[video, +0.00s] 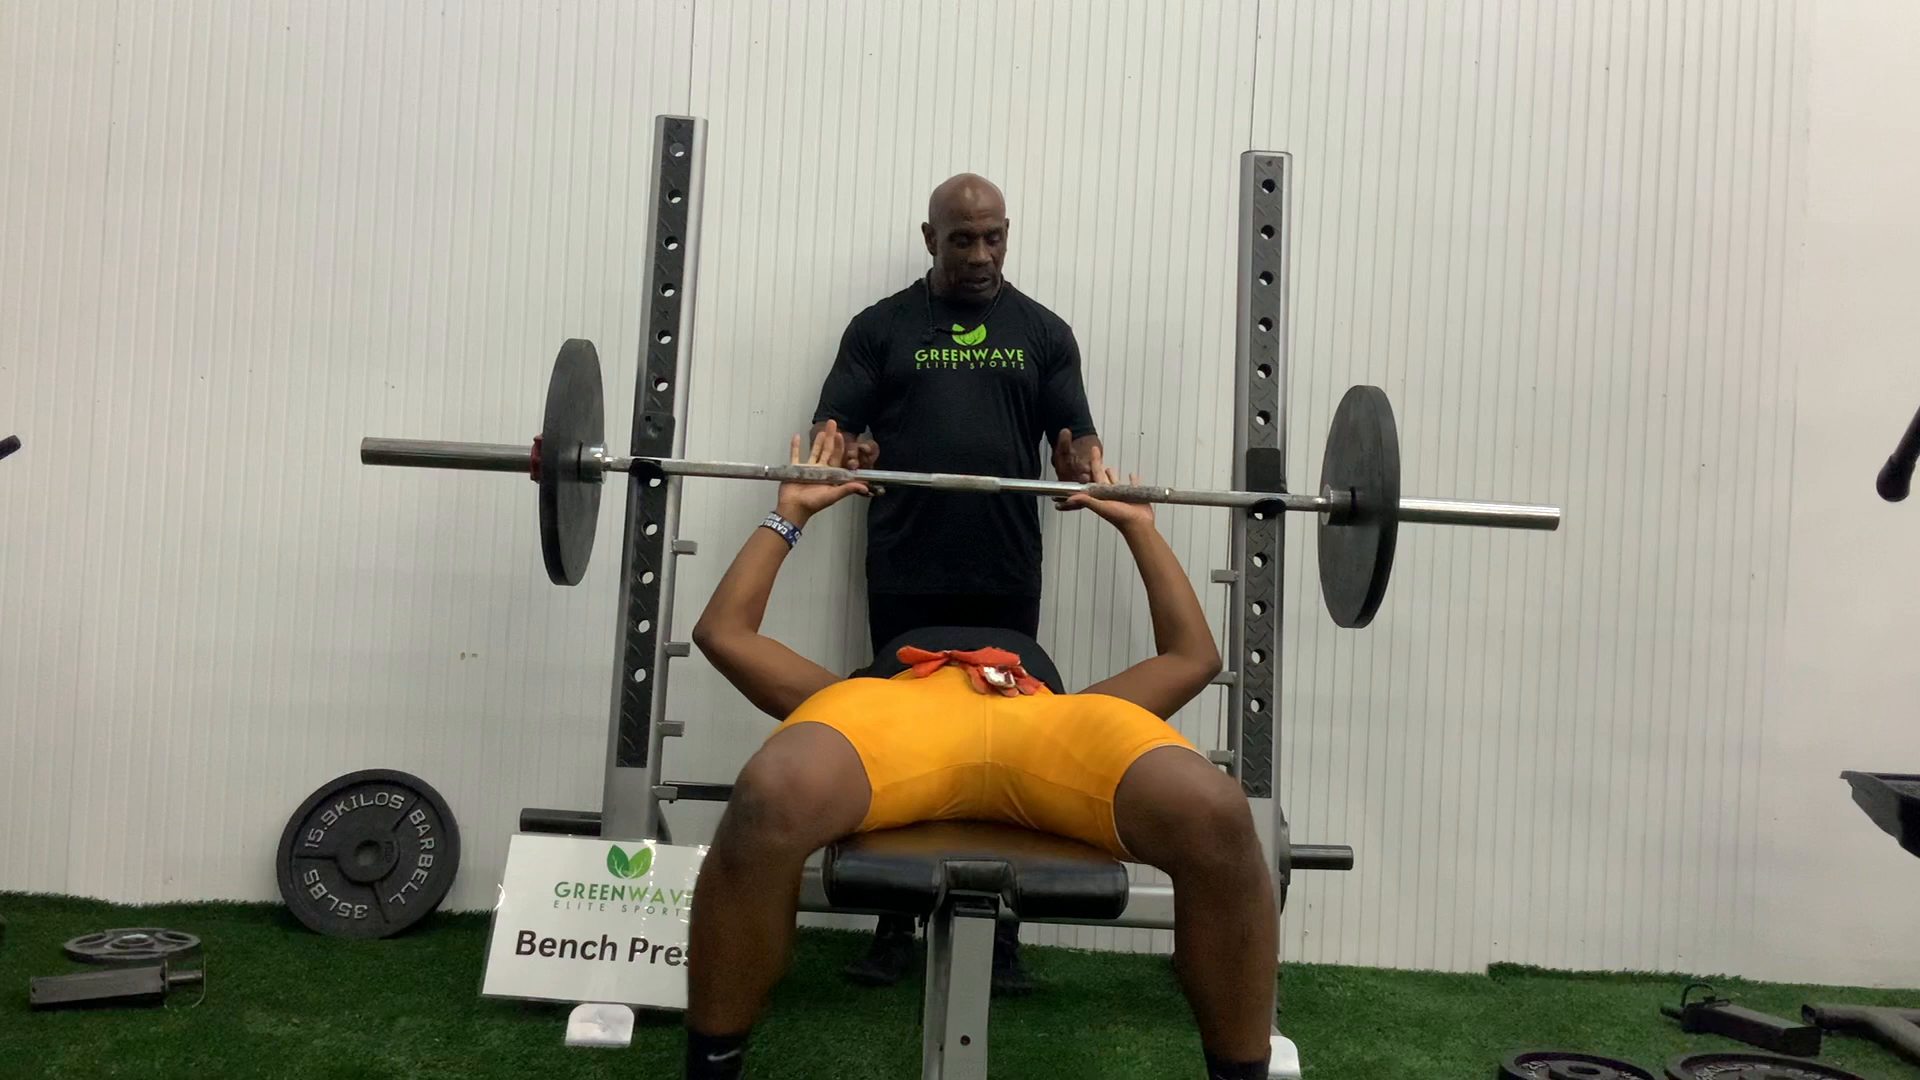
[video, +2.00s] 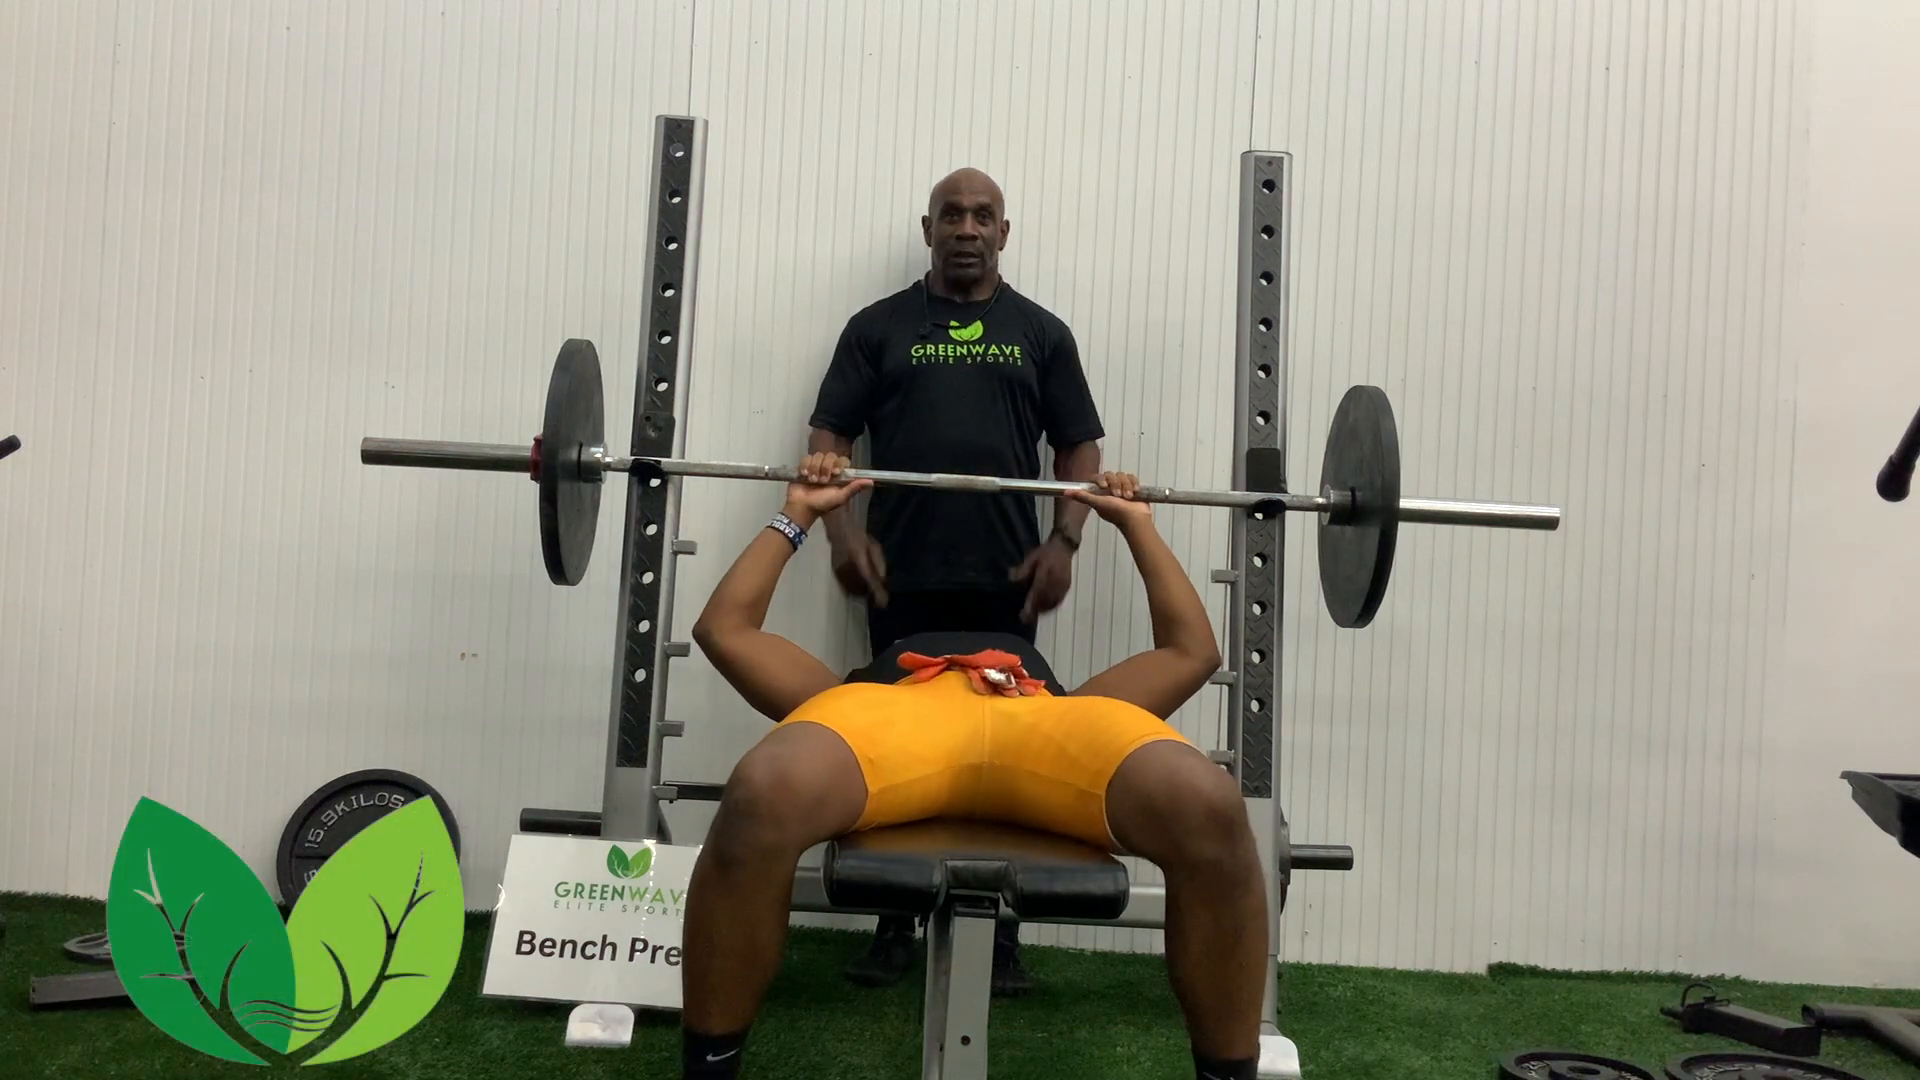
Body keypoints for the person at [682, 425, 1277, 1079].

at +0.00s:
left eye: (1004, 667)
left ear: (1032, 687)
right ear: (889, 675)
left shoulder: (1077, 706)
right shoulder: (856, 691)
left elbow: (1195, 656)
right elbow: (723, 630)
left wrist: (1139, 524)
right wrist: (789, 511)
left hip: (1054, 717)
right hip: (882, 706)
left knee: (1218, 817)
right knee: (766, 799)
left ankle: (1245, 1070)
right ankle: (710, 1065)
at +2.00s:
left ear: (1033, 682)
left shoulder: (1069, 705)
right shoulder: (858, 690)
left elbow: (1193, 649)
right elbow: (725, 626)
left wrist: (1134, 519)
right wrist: (799, 514)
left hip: (1053, 717)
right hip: (886, 705)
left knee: (1212, 811)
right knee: (757, 798)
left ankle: (1230, 1072)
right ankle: (708, 1068)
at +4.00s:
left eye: (1001, 647)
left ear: (1030, 673)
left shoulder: (1067, 696)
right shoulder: (861, 689)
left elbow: (1175, 643)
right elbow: (740, 625)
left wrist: (1116, 514)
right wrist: (807, 508)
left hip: (1048, 711)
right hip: (886, 704)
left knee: (1196, 808)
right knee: (755, 791)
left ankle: (1227, 1072)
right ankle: (711, 1068)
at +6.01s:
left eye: (995, 666)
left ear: (1011, 678)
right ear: (896, 660)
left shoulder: (1041, 692)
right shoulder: (873, 684)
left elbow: (1144, 732)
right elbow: (758, 732)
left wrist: (1130, 590)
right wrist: (798, 589)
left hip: (1035, 713)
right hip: (882, 702)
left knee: (1188, 817)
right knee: (752, 788)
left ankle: (1230, 1072)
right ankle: (713, 1065)